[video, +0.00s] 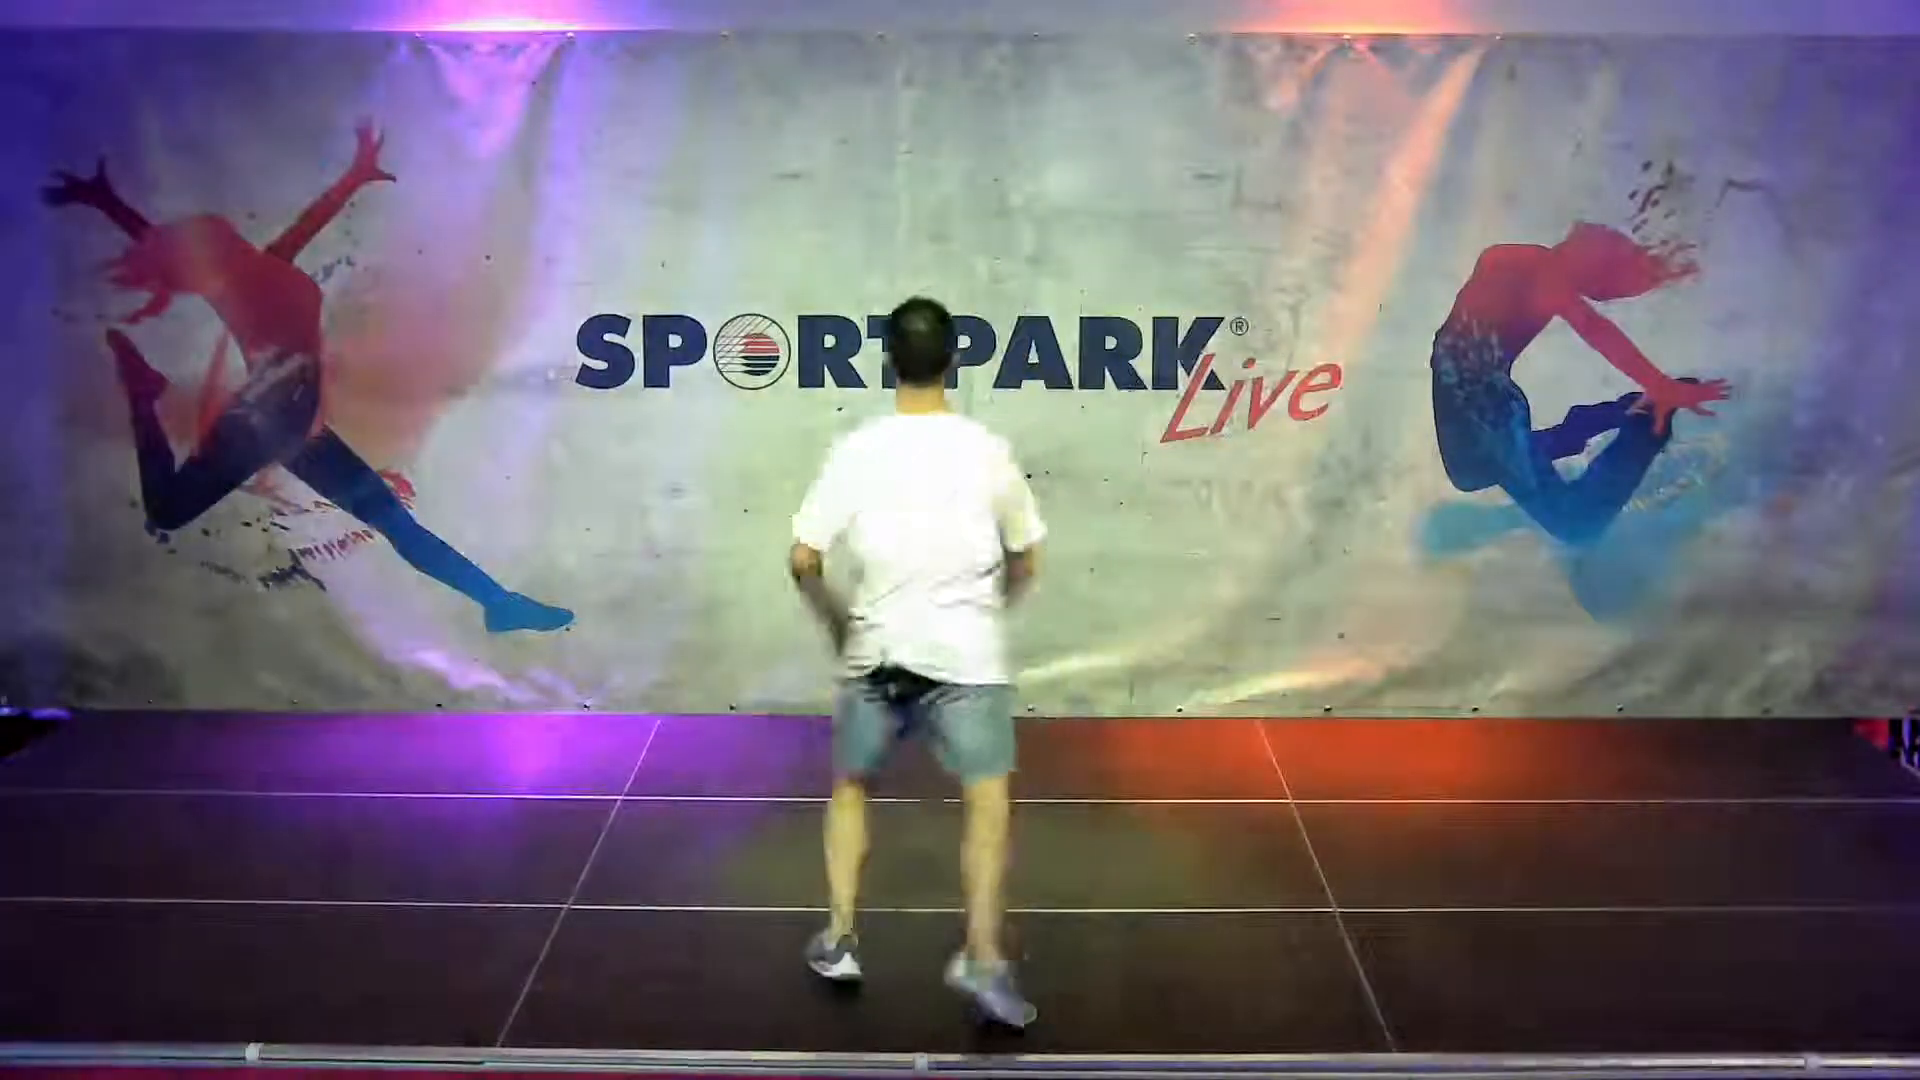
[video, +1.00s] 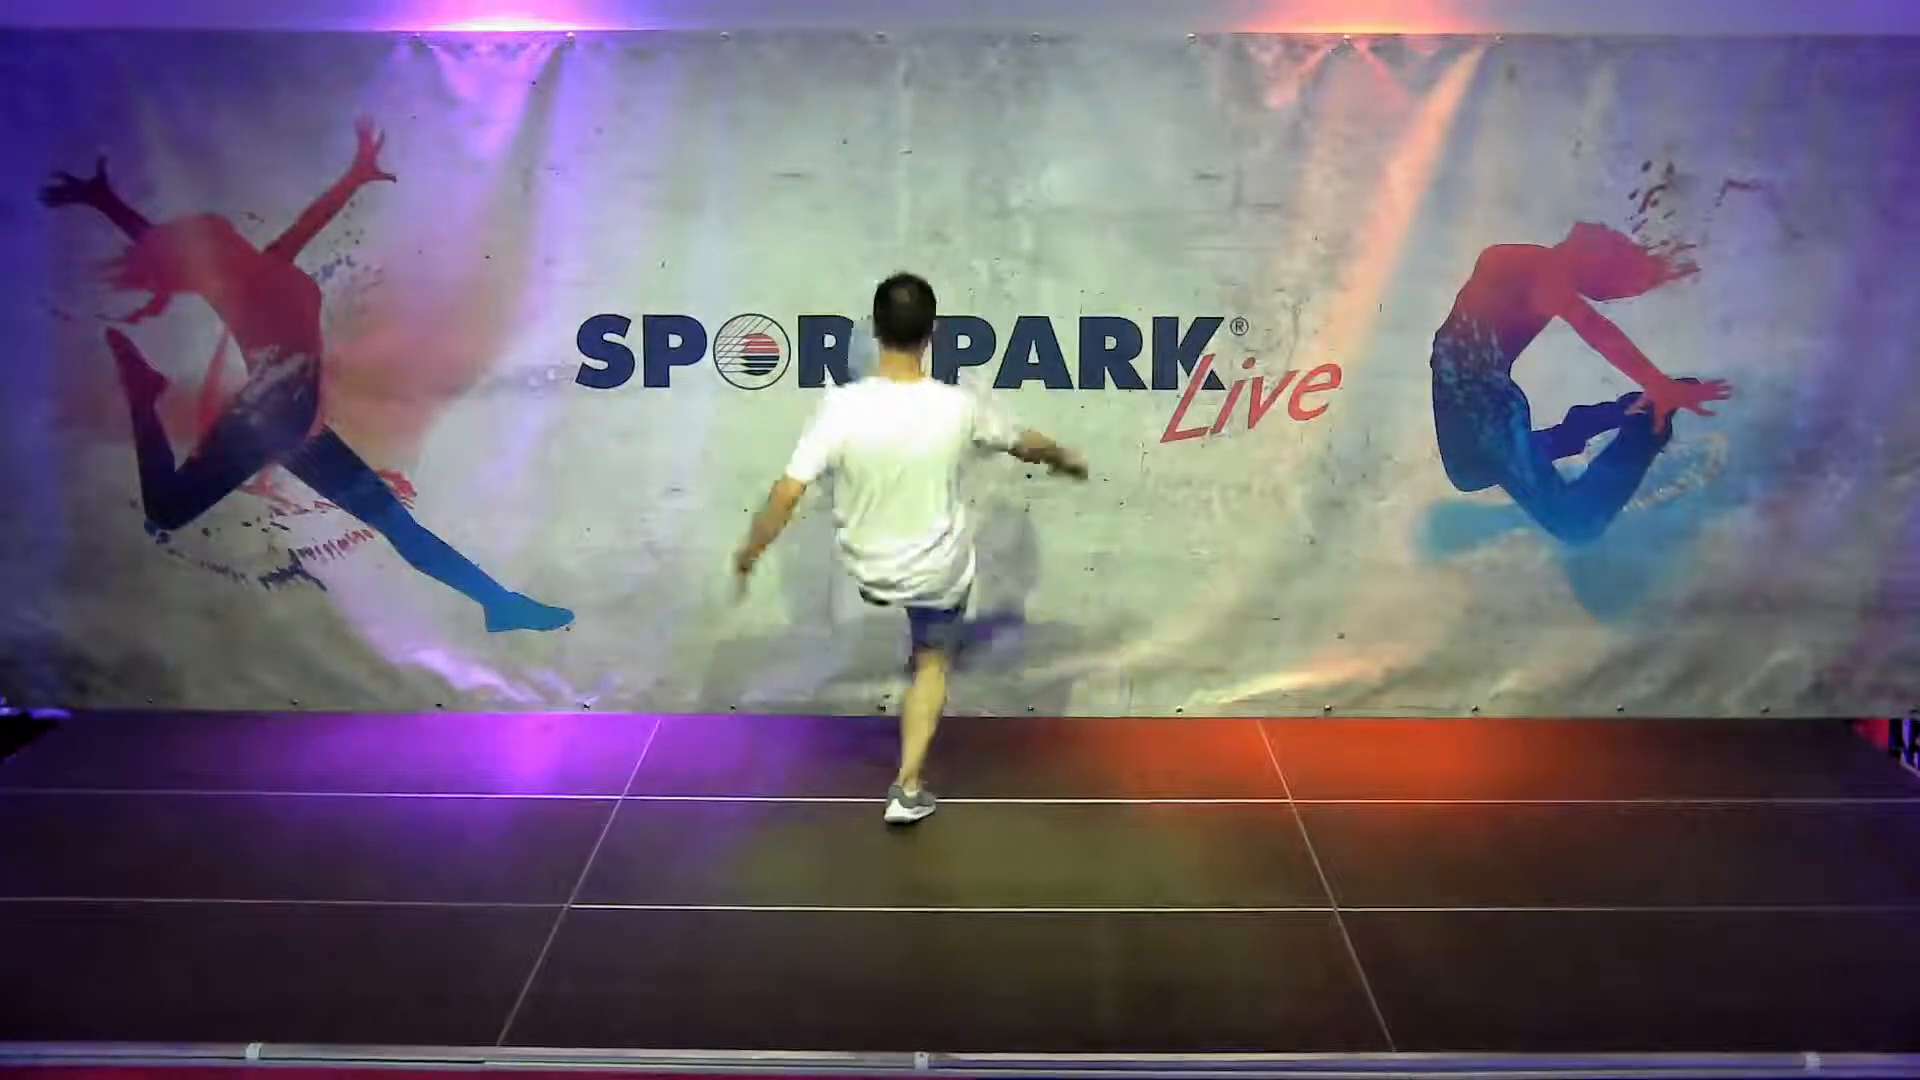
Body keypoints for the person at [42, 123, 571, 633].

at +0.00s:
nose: (181, 289)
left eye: (180, 270)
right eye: (177, 272)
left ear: (208, 257)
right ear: (204, 255)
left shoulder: (265, 268)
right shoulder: (239, 277)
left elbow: (309, 220)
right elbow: (158, 248)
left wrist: (359, 175)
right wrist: (104, 201)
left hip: (301, 428)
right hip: (261, 423)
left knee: (389, 515)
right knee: (167, 511)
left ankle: (500, 602)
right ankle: (142, 394)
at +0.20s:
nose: (183, 287)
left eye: (182, 267)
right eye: (177, 270)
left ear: (209, 255)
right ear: (203, 255)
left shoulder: (267, 268)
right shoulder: (237, 276)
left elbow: (309, 220)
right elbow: (157, 247)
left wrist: (358, 175)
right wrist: (104, 200)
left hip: (302, 428)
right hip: (261, 423)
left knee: (390, 516)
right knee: (166, 511)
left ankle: (501, 603)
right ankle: (142, 395)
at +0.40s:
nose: (182, 286)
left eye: (182, 267)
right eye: (177, 269)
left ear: (208, 256)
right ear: (203, 255)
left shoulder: (266, 268)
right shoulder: (237, 276)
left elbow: (309, 220)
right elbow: (158, 247)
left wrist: (358, 175)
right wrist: (104, 200)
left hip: (301, 428)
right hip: (261, 422)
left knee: (390, 517)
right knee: (166, 511)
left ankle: (501, 603)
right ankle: (142, 394)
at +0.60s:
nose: (185, 285)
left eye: (183, 265)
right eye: (180, 267)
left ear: (209, 255)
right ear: (201, 256)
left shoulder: (267, 269)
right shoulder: (235, 276)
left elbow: (310, 220)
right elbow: (157, 246)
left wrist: (359, 175)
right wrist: (104, 200)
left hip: (302, 427)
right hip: (263, 422)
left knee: (389, 516)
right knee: (166, 510)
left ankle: (500, 602)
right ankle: (142, 394)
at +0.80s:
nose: (189, 285)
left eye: (189, 265)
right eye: (189, 263)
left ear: (207, 255)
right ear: (208, 250)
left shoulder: (262, 268)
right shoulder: (240, 279)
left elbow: (311, 221)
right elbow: (159, 246)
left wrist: (358, 175)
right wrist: (105, 202)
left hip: (297, 426)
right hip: (262, 422)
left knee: (387, 513)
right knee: (166, 510)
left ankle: (500, 602)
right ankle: (140, 394)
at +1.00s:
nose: (191, 283)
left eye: (190, 264)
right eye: (191, 262)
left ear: (208, 255)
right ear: (208, 251)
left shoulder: (263, 269)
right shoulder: (240, 279)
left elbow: (311, 221)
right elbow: (160, 246)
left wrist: (358, 175)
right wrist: (104, 201)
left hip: (297, 426)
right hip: (262, 422)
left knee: (387, 513)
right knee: (166, 510)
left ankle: (500, 602)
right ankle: (141, 394)